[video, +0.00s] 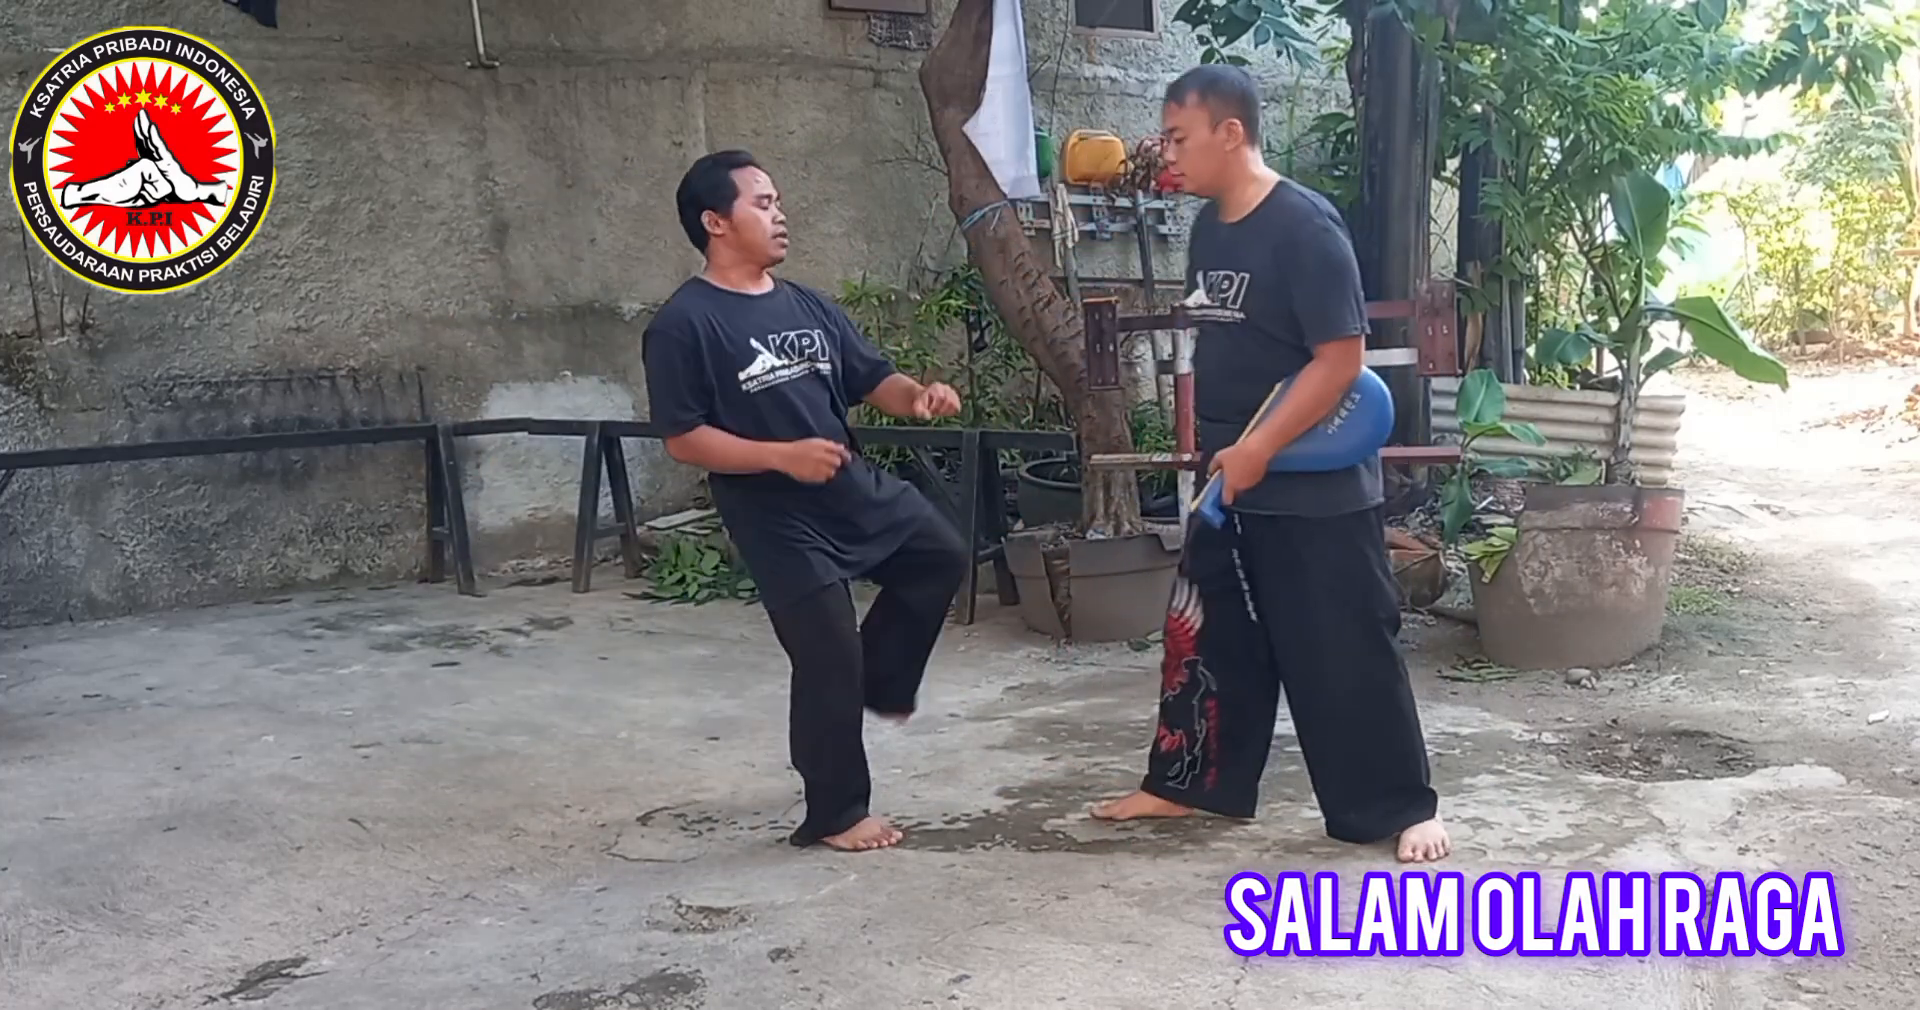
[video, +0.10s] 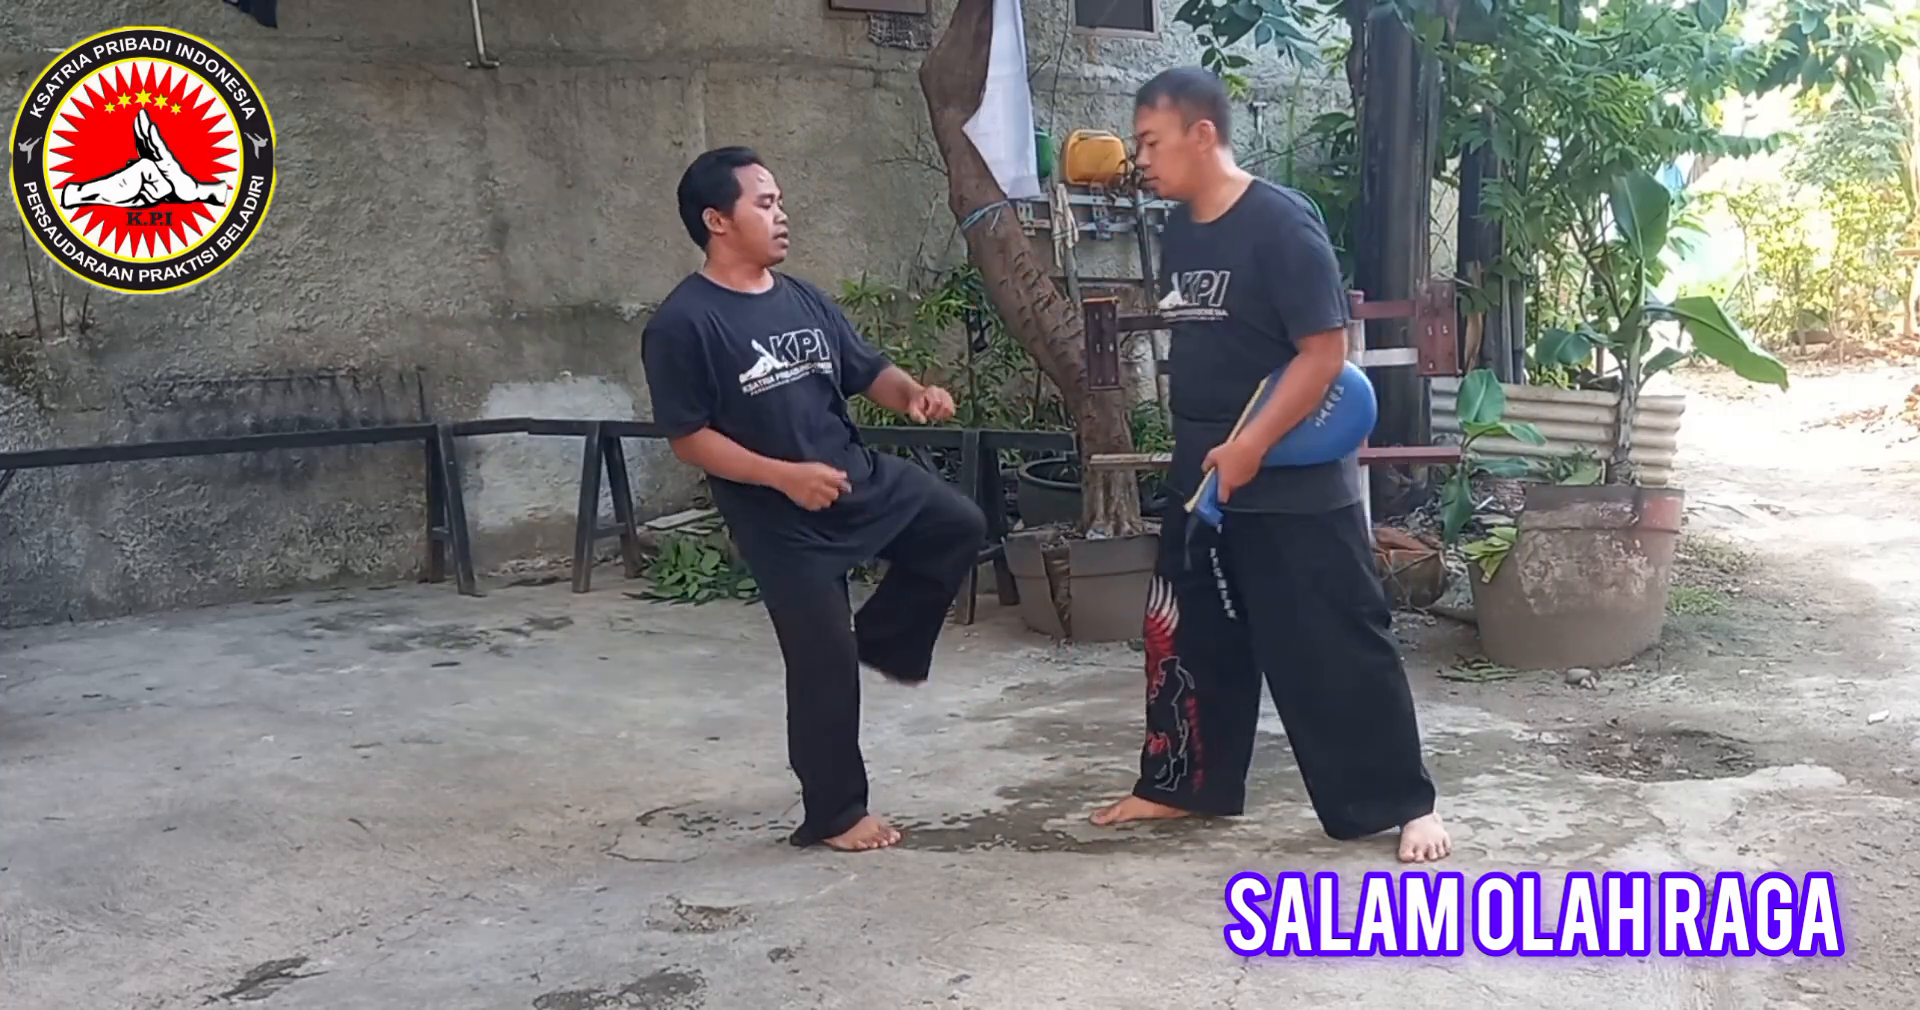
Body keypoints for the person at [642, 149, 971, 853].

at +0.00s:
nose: (780, 215)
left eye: (777, 202)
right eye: (763, 203)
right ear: (716, 223)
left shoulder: (806, 303)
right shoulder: (682, 324)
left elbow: (874, 378)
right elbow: (683, 438)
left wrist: (916, 395)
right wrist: (783, 454)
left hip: (850, 480)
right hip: (773, 508)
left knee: (940, 556)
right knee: (830, 652)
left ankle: (878, 679)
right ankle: (835, 814)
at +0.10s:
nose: (781, 215)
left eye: (779, 201)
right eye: (765, 204)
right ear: (717, 222)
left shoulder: (802, 297)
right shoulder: (681, 324)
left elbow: (869, 371)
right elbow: (688, 439)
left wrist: (913, 395)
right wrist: (783, 474)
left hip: (855, 473)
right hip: (775, 510)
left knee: (959, 524)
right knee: (824, 652)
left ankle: (884, 641)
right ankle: (833, 815)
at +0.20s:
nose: (780, 201)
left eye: (776, 189)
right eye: (762, 192)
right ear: (715, 215)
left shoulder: (807, 281)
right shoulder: (687, 316)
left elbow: (875, 310)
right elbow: (687, 430)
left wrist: (900, 343)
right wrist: (781, 490)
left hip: (850, 468)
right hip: (768, 508)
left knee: (957, 509)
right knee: (813, 653)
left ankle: (878, 623)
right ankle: (831, 815)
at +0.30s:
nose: (773, 192)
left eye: (768, 180)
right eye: (754, 183)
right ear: (710, 211)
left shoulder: (800, 278)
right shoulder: (695, 308)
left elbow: (892, 284)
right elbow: (702, 429)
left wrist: (901, 315)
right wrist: (769, 512)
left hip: (840, 471)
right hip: (766, 505)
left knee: (938, 533)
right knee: (806, 660)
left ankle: (845, 654)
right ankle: (830, 815)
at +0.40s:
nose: (765, 200)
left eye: (760, 188)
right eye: (745, 191)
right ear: (701, 217)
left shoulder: (799, 294)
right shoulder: (685, 317)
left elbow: (881, 364)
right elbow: (694, 440)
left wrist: (867, 340)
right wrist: (756, 532)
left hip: (836, 500)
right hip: (762, 523)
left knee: (884, 608)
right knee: (798, 670)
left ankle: (776, 693)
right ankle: (828, 816)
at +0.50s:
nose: (759, 228)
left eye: (761, 213)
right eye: (743, 218)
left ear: (764, 216)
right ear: (693, 232)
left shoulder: (780, 305)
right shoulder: (662, 326)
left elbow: (843, 408)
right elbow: (651, 440)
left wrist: (824, 347)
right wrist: (698, 527)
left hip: (810, 525)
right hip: (743, 537)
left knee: (791, 659)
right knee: (791, 672)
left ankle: (705, 748)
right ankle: (827, 814)